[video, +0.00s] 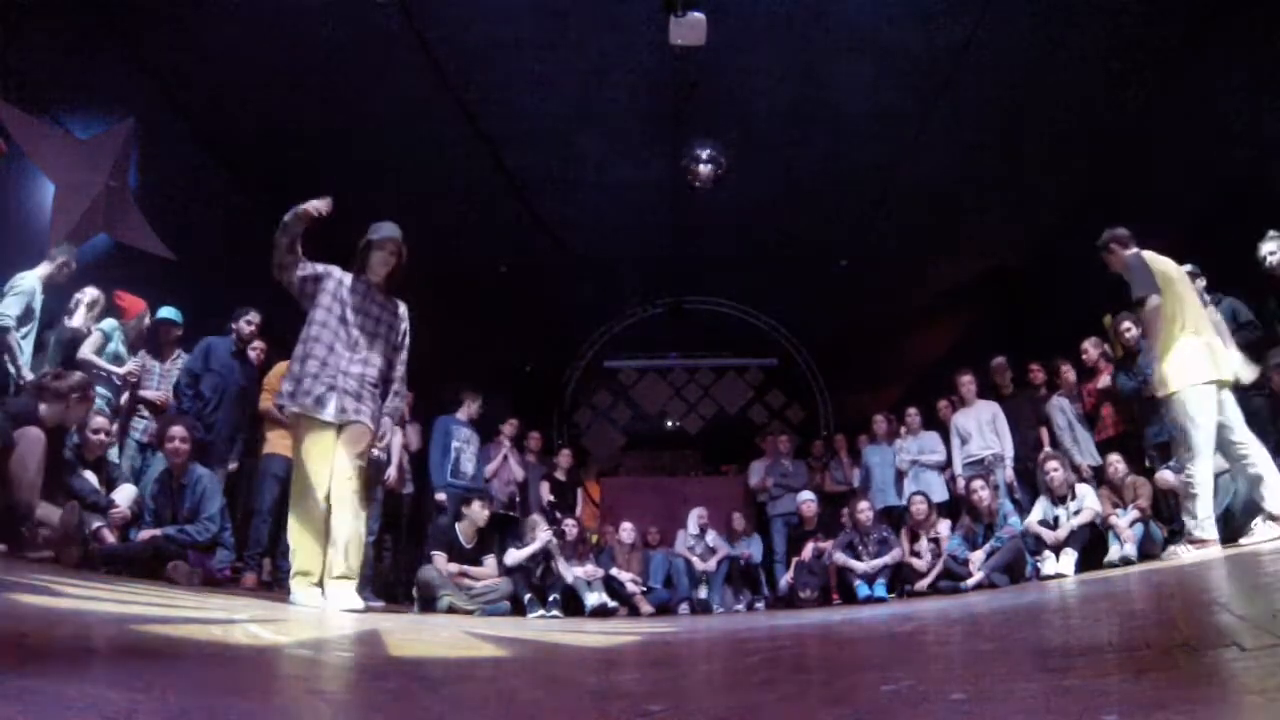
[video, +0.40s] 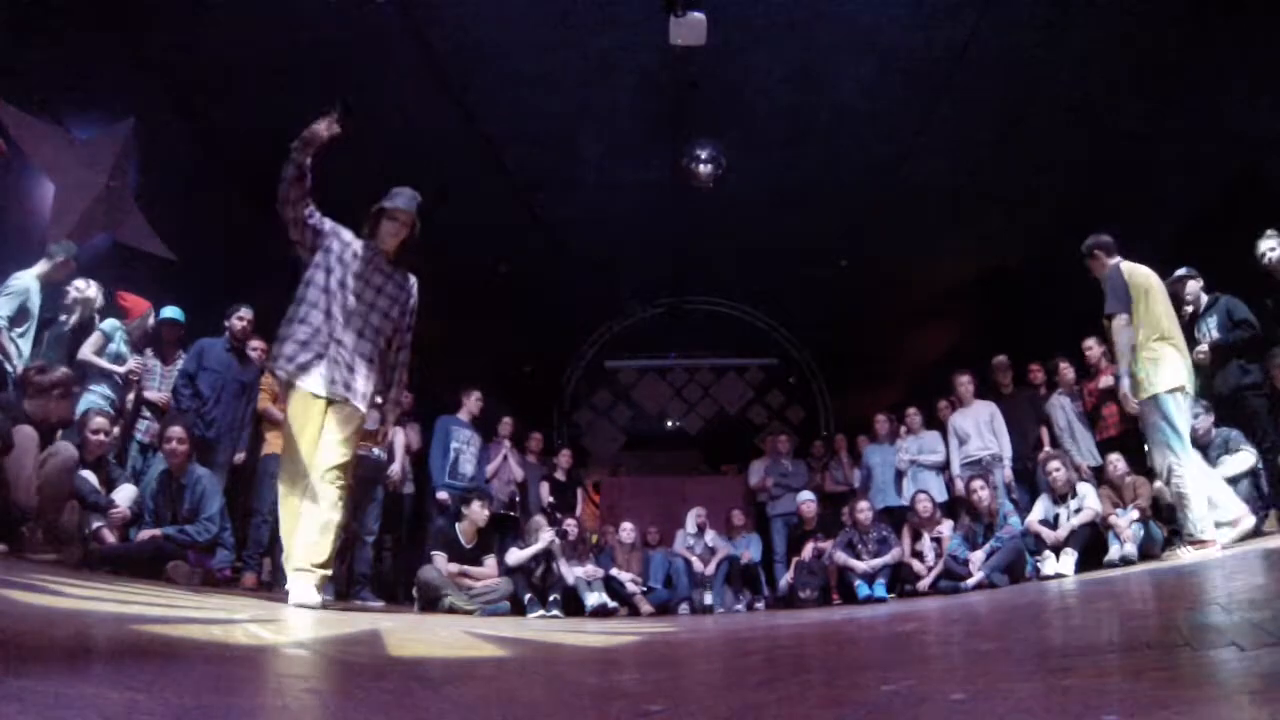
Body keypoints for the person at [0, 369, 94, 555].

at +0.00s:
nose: (84, 417)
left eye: (88, 411)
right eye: (85, 409)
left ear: (73, 401)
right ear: (72, 400)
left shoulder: (57, 430)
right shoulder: (13, 415)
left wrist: (108, 506)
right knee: (32, 436)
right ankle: (22, 531)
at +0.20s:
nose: (84, 415)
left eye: (86, 409)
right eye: (83, 408)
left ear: (67, 399)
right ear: (68, 398)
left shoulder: (53, 426)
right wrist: (68, 484)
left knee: (69, 508)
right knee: (32, 435)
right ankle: (24, 534)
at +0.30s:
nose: (74, 416)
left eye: (77, 409)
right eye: (75, 407)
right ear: (63, 398)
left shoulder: (49, 430)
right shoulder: (9, 411)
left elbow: (68, 478)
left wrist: (107, 507)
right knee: (30, 434)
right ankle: (24, 528)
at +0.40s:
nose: (75, 407)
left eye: (75, 399)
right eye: (72, 399)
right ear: (56, 396)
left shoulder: (49, 427)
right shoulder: (11, 418)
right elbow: (23, 498)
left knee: (66, 452)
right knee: (25, 434)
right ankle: (30, 532)